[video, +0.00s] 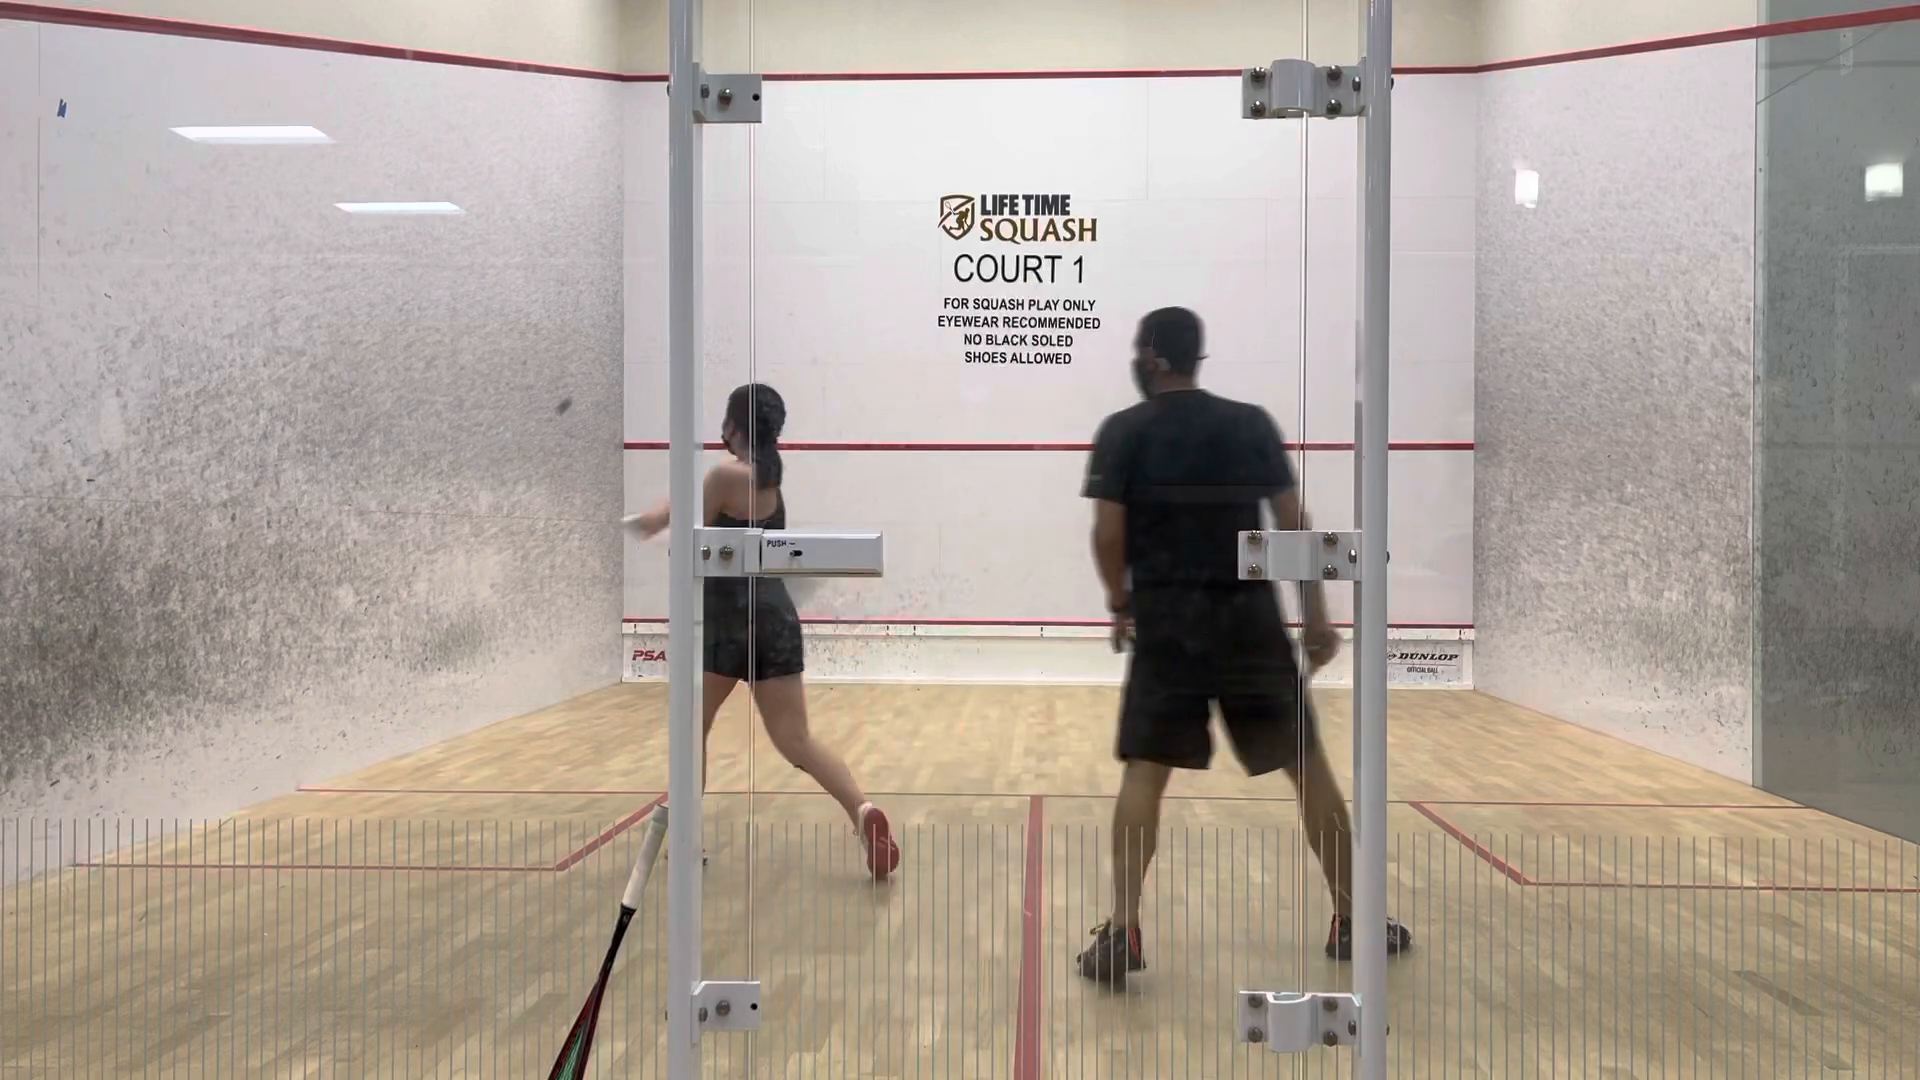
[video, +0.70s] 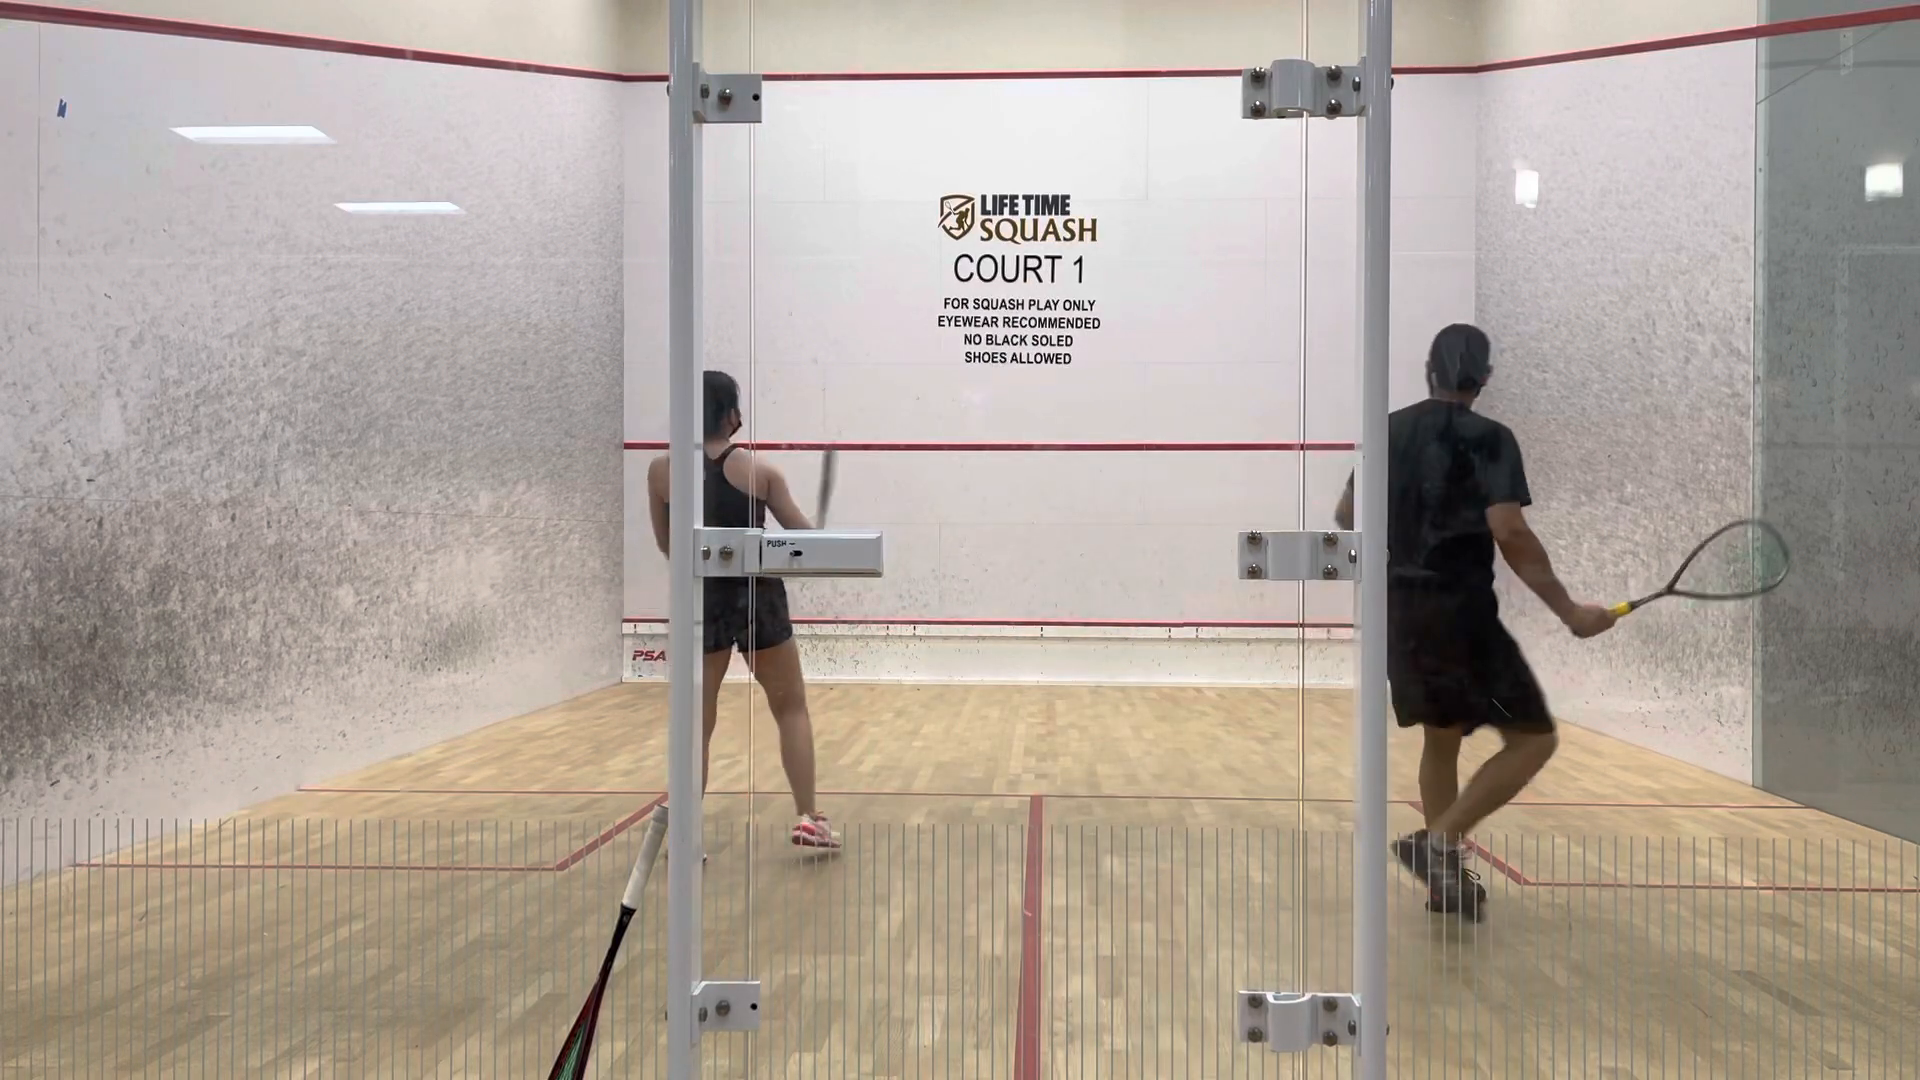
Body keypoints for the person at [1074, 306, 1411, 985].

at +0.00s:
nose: (1134, 364)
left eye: (1136, 354)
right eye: (1137, 353)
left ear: (1150, 359)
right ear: (1200, 358)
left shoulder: (1124, 430)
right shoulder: (1251, 424)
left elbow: (1108, 537)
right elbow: (1295, 526)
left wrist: (1120, 602)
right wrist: (1317, 616)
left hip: (1165, 635)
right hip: (1251, 630)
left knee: (1142, 777)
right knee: (1310, 768)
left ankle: (1122, 929)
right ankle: (1352, 919)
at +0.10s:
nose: (1194, 357)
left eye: (1197, 349)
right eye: (1199, 348)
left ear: (1209, 354)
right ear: (1259, 353)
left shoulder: (1181, 422)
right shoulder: (1309, 416)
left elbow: (1157, 523)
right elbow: (1345, 518)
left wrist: (1172, 589)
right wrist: (1358, 602)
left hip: (1228, 620)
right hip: (1313, 615)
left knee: (1192, 758)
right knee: (1339, 761)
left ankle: (1149, 883)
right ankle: (1354, 915)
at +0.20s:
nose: (1245, 350)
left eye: (1247, 341)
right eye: (1253, 341)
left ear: (1257, 344)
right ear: (1311, 342)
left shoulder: (1228, 410)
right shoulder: (1353, 406)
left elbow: (1198, 506)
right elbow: (1397, 510)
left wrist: (1216, 580)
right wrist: (1431, 600)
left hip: (1267, 605)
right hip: (1348, 604)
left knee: (1255, 735)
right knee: (1358, 760)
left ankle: (1216, 859)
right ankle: (1355, 914)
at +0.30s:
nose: (1297, 348)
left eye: (1296, 339)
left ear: (1299, 342)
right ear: (1358, 340)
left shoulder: (1266, 407)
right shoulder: (1393, 405)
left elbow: (1231, 496)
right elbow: (1436, 508)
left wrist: (1254, 577)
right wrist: (1478, 594)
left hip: (1292, 600)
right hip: (1368, 602)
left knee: (1312, 729)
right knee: (1361, 757)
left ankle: (1295, 872)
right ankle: (1352, 914)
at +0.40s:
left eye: (1349, 342)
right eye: (1382, 343)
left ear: (1341, 350)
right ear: (1398, 349)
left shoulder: (1302, 412)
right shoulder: (1423, 414)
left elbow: (1259, 492)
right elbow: (1465, 512)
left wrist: (1280, 577)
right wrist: (1512, 596)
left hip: (1324, 602)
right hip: (1395, 603)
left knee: (1359, 742)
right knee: (1383, 754)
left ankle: (1385, 875)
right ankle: (1355, 917)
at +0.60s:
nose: (1450, 385)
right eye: (1457, 376)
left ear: (1404, 376)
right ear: (1457, 380)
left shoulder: (1365, 435)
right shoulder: (1470, 442)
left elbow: (1313, 520)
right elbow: (1500, 537)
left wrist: (1337, 596)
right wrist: (1558, 614)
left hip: (1385, 620)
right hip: (1446, 621)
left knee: (1427, 749)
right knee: (1490, 761)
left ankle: (1445, 877)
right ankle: (1395, 861)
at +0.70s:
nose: (1481, 381)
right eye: (1485, 373)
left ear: (1429, 371)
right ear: (1483, 378)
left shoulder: (1388, 428)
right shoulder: (1490, 439)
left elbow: (1347, 515)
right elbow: (1510, 534)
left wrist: (1390, 566)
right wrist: (1570, 611)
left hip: (1400, 617)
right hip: (1462, 618)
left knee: (1441, 734)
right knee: (1534, 738)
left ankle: (1445, 874)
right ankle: (1436, 844)